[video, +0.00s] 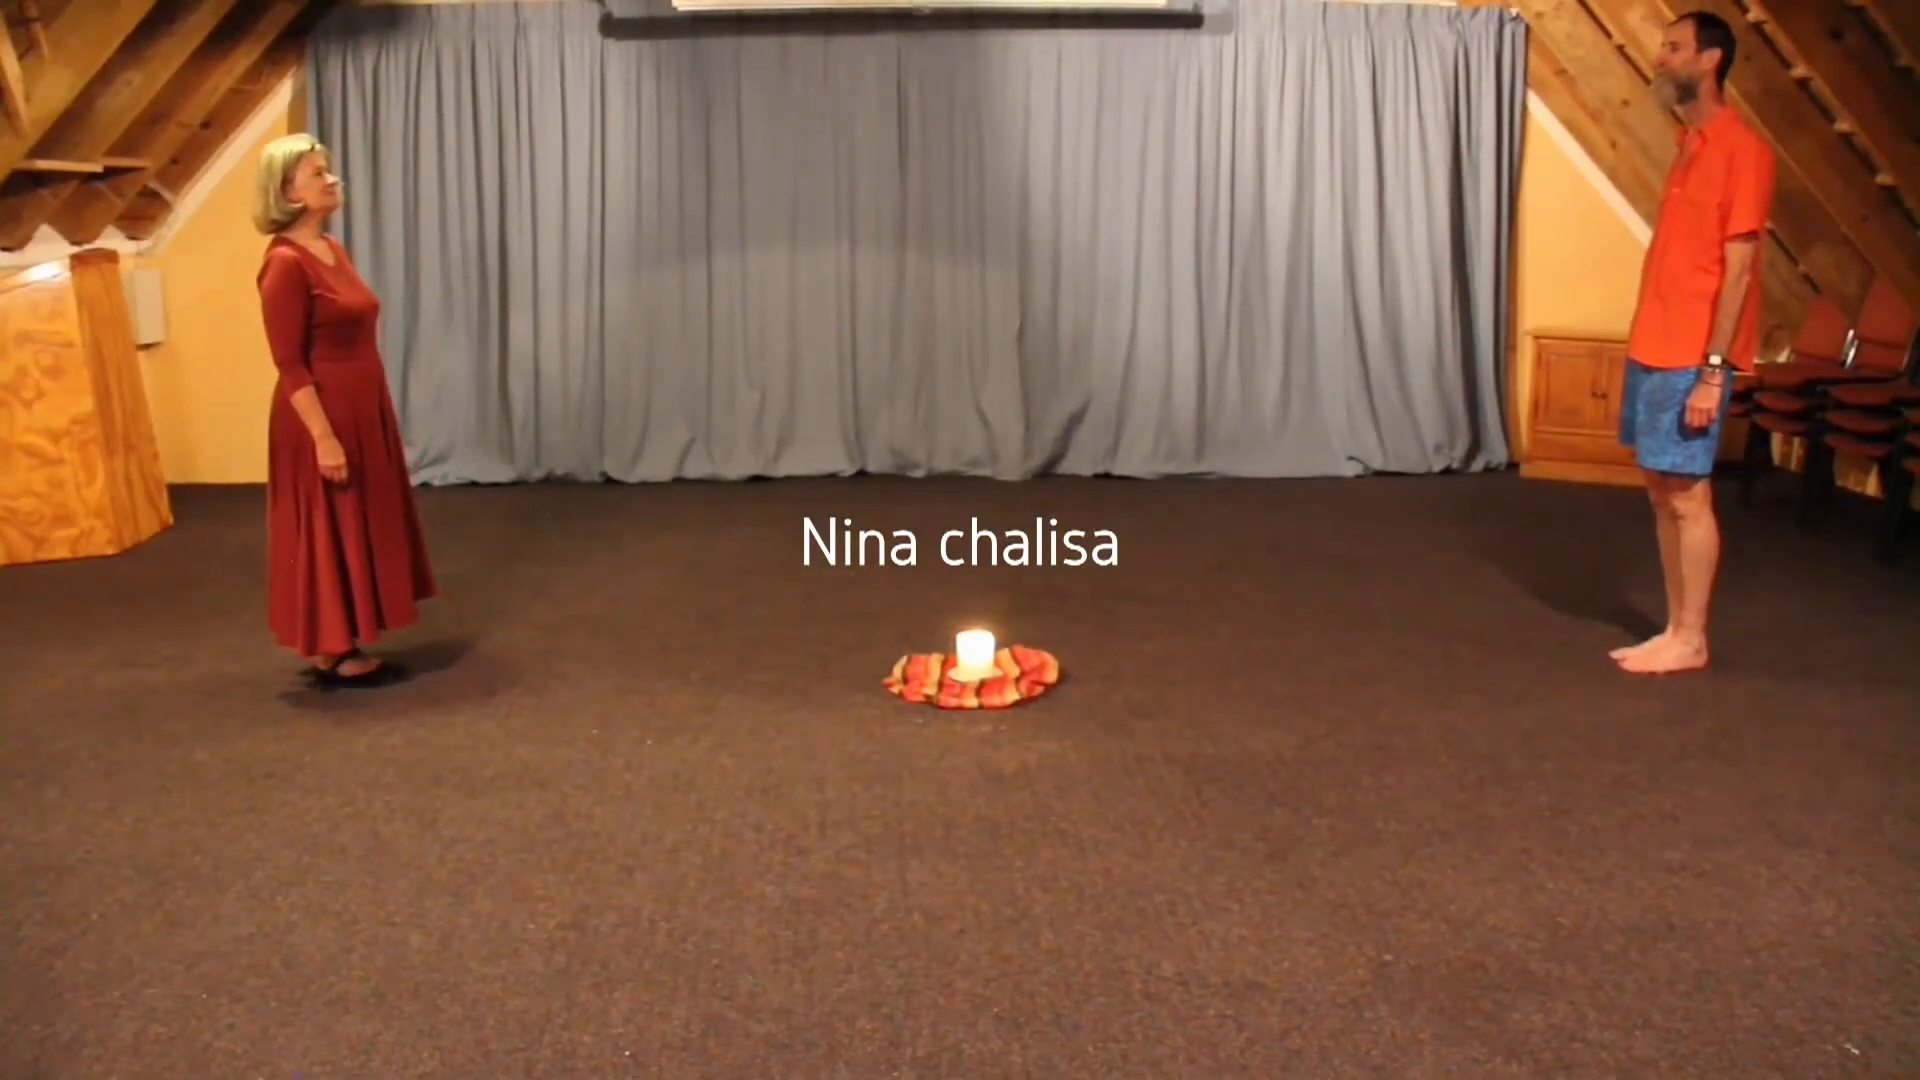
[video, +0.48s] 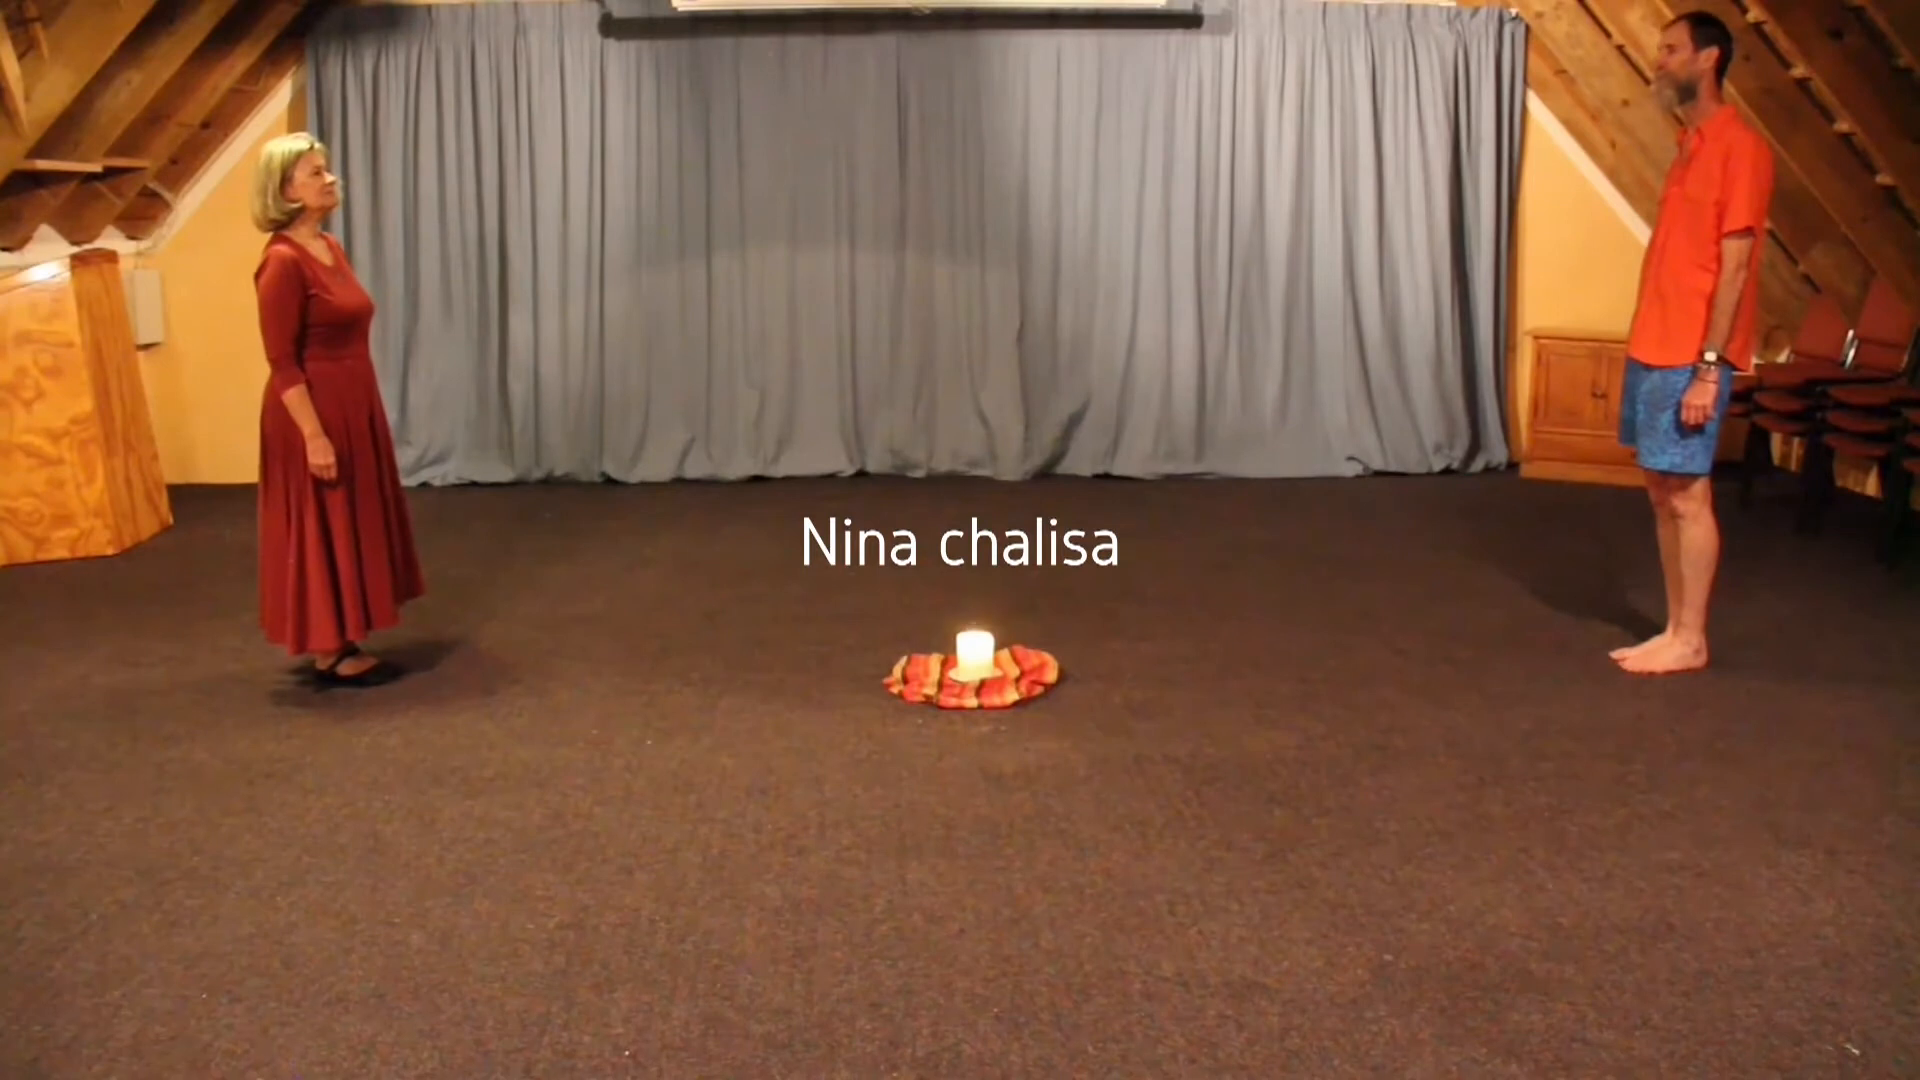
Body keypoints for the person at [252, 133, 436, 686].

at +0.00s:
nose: (334, 180)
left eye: (330, 171)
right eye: (320, 173)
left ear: (312, 190)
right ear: (290, 193)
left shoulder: (332, 249)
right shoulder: (283, 263)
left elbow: (352, 343)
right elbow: (289, 362)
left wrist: (375, 414)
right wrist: (323, 436)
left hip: (358, 405)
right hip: (320, 411)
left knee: (350, 522)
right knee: (325, 526)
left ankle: (342, 643)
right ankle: (330, 648)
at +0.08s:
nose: (334, 180)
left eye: (329, 171)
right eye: (319, 173)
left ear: (310, 191)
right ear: (290, 192)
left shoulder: (331, 249)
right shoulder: (282, 262)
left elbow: (352, 345)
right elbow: (287, 362)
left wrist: (375, 416)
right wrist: (321, 436)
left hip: (356, 406)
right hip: (319, 412)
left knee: (348, 523)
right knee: (324, 526)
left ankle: (338, 644)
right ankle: (329, 649)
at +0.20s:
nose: (332, 180)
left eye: (328, 171)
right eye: (319, 173)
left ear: (315, 187)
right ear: (289, 190)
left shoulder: (330, 247)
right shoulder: (282, 262)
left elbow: (349, 342)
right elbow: (286, 363)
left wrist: (372, 410)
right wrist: (319, 435)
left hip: (355, 405)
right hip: (317, 411)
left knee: (347, 522)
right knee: (323, 525)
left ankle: (339, 643)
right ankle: (328, 648)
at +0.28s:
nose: (332, 180)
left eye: (328, 171)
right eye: (318, 174)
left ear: (316, 186)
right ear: (288, 190)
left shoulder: (330, 247)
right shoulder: (282, 261)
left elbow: (349, 343)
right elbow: (285, 363)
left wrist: (371, 412)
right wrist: (317, 435)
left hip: (354, 404)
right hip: (316, 410)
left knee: (347, 520)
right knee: (321, 524)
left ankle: (341, 643)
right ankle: (327, 647)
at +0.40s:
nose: (331, 180)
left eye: (328, 171)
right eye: (317, 173)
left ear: (322, 182)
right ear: (287, 190)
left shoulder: (329, 246)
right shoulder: (282, 261)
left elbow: (343, 340)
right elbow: (283, 361)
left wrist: (364, 408)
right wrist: (315, 434)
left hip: (352, 401)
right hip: (315, 408)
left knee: (348, 520)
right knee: (321, 524)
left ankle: (342, 642)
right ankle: (328, 648)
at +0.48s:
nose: (331, 179)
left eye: (328, 170)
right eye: (316, 173)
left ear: (325, 181)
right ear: (287, 189)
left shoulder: (329, 246)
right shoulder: (281, 260)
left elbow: (342, 339)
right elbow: (281, 361)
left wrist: (363, 408)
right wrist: (313, 434)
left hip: (350, 401)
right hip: (313, 408)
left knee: (346, 519)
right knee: (319, 523)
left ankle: (340, 641)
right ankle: (326, 647)